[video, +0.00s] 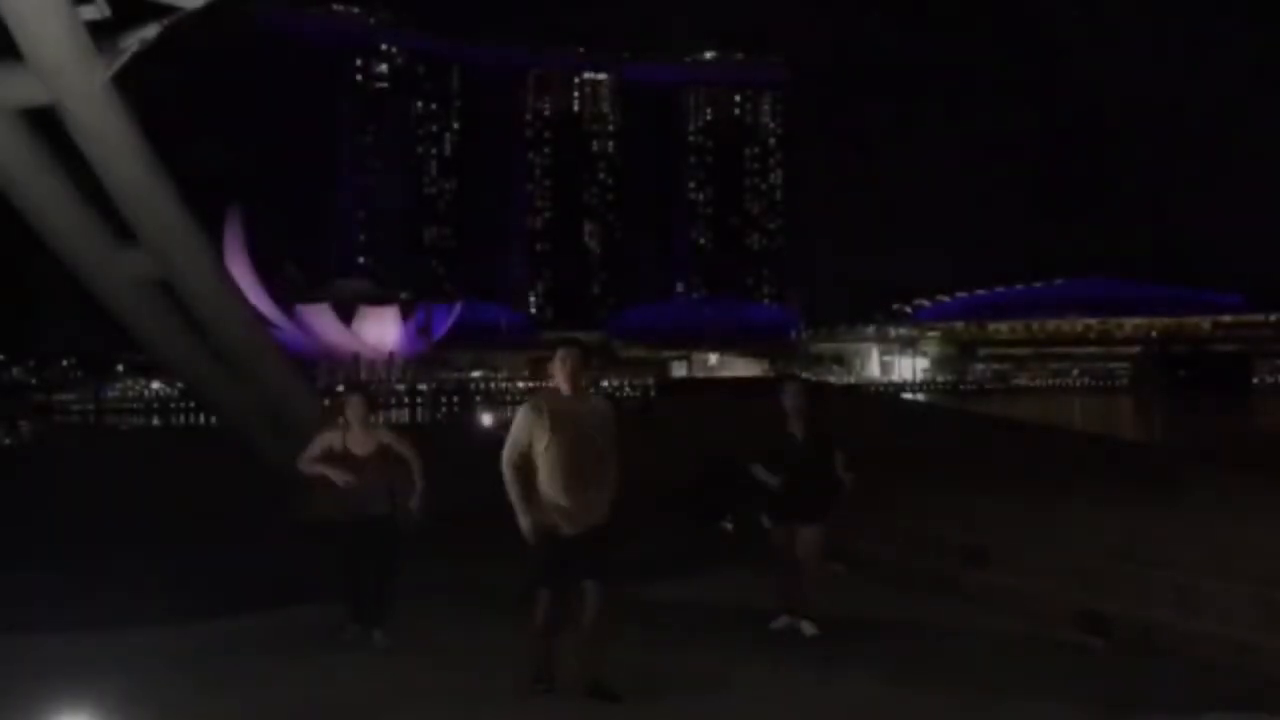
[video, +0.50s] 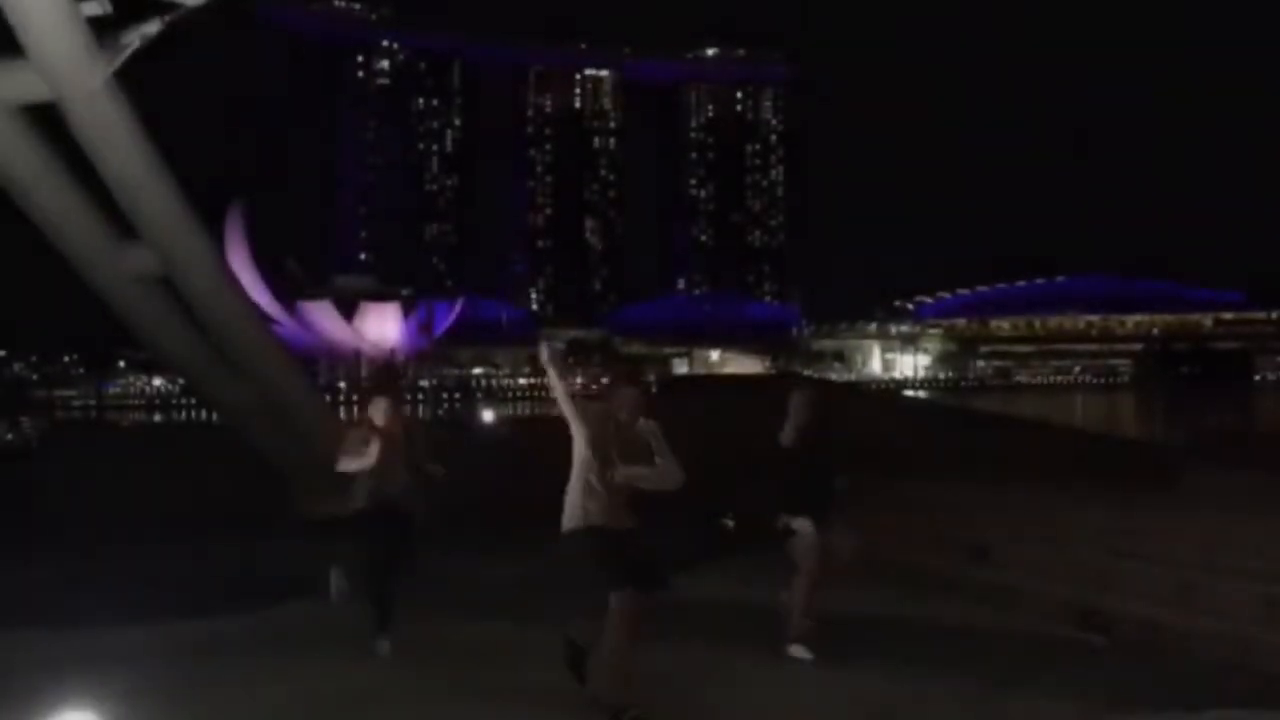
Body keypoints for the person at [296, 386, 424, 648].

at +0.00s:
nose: (354, 412)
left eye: (359, 407)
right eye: (350, 407)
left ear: (368, 411)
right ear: (343, 411)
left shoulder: (381, 435)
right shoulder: (333, 437)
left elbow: (412, 459)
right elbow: (304, 463)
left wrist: (416, 493)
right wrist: (332, 473)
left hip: (380, 511)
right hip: (346, 512)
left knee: (381, 569)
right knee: (351, 570)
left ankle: (379, 625)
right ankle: (354, 623)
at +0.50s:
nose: (382, 414)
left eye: (388, 408)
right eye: (377, 408)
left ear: (395, 409)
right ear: (368, 408)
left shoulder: (405, 434)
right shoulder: (359, 434)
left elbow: (418, 467)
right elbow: (344, 464)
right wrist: (370, 454)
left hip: (399, 508)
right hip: (367, 508)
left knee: (392, 570)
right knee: (375, 570)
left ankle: (386, 629)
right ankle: (381, 630)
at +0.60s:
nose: (393, 434)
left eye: (396, 429)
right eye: (388, 429)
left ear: (399, 432)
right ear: (378, 432)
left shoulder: (400, 458)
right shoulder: (371, 457)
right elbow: (362, 437)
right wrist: (381, 402)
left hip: (400, 523)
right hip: (376, 524)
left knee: (396, 583)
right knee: (385, 585)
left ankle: (388, 638)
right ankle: (383, 640)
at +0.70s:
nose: (400, 442)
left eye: (402, 436)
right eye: (395, 436)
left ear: (404, 440)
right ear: (386, 438)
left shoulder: (403, 464)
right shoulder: (378, 463)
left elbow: (402, 429)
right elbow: (380, 425)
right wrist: (390, 390)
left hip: (404, 526)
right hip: (380, 528)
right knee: (389, 586)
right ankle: (384, 638)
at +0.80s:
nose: (400, 424)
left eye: (404, 419)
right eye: (395, 418)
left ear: (408, 421)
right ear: (386, 421)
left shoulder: (411, 448)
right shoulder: (379, 447)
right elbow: (394, 440)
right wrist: (412, 415)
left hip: (410, 517)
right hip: (384, 518)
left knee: (408, 578)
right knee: (387, 580)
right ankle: (383, 635)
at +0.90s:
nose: (405, 413)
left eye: (409, 407)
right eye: (399, 408)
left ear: (416, 410)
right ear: (390, 411)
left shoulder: (424, 436)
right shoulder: (383, 436)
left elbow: (431, 467)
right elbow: (388, 468)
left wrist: (426, 488)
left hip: (418, 510)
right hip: (387, 510)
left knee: (425, 570)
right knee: (387, 572)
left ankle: (426, 627)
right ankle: (382, 633)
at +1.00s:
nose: (417, 416)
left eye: (421, 410)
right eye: (410, 410)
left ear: (428, 413)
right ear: (400, 414)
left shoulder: (434, 443)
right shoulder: (392, 443)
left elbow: (441, 485)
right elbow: (374, 486)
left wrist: (459, 498)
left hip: (425, 520)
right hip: (394, 520)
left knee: (427, 575)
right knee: (389, 578)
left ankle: (428, 629)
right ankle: (382, 634)